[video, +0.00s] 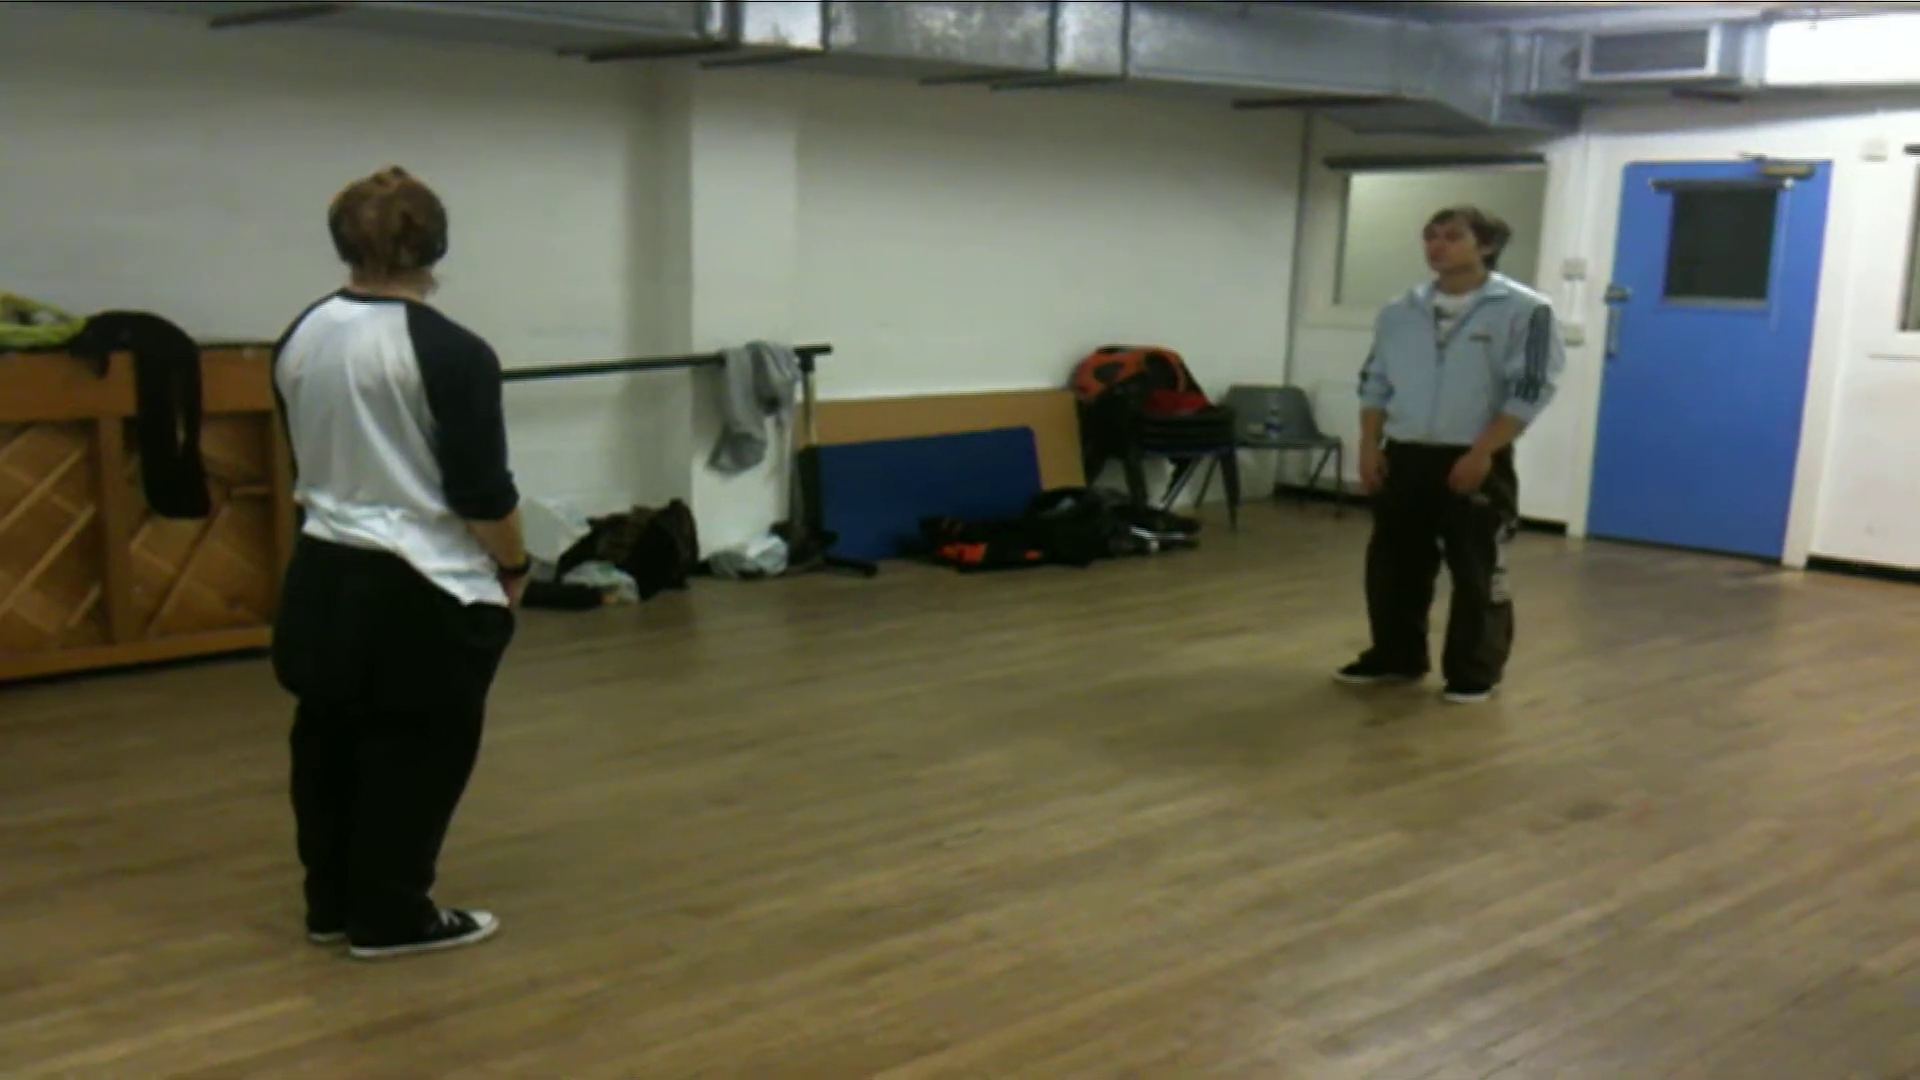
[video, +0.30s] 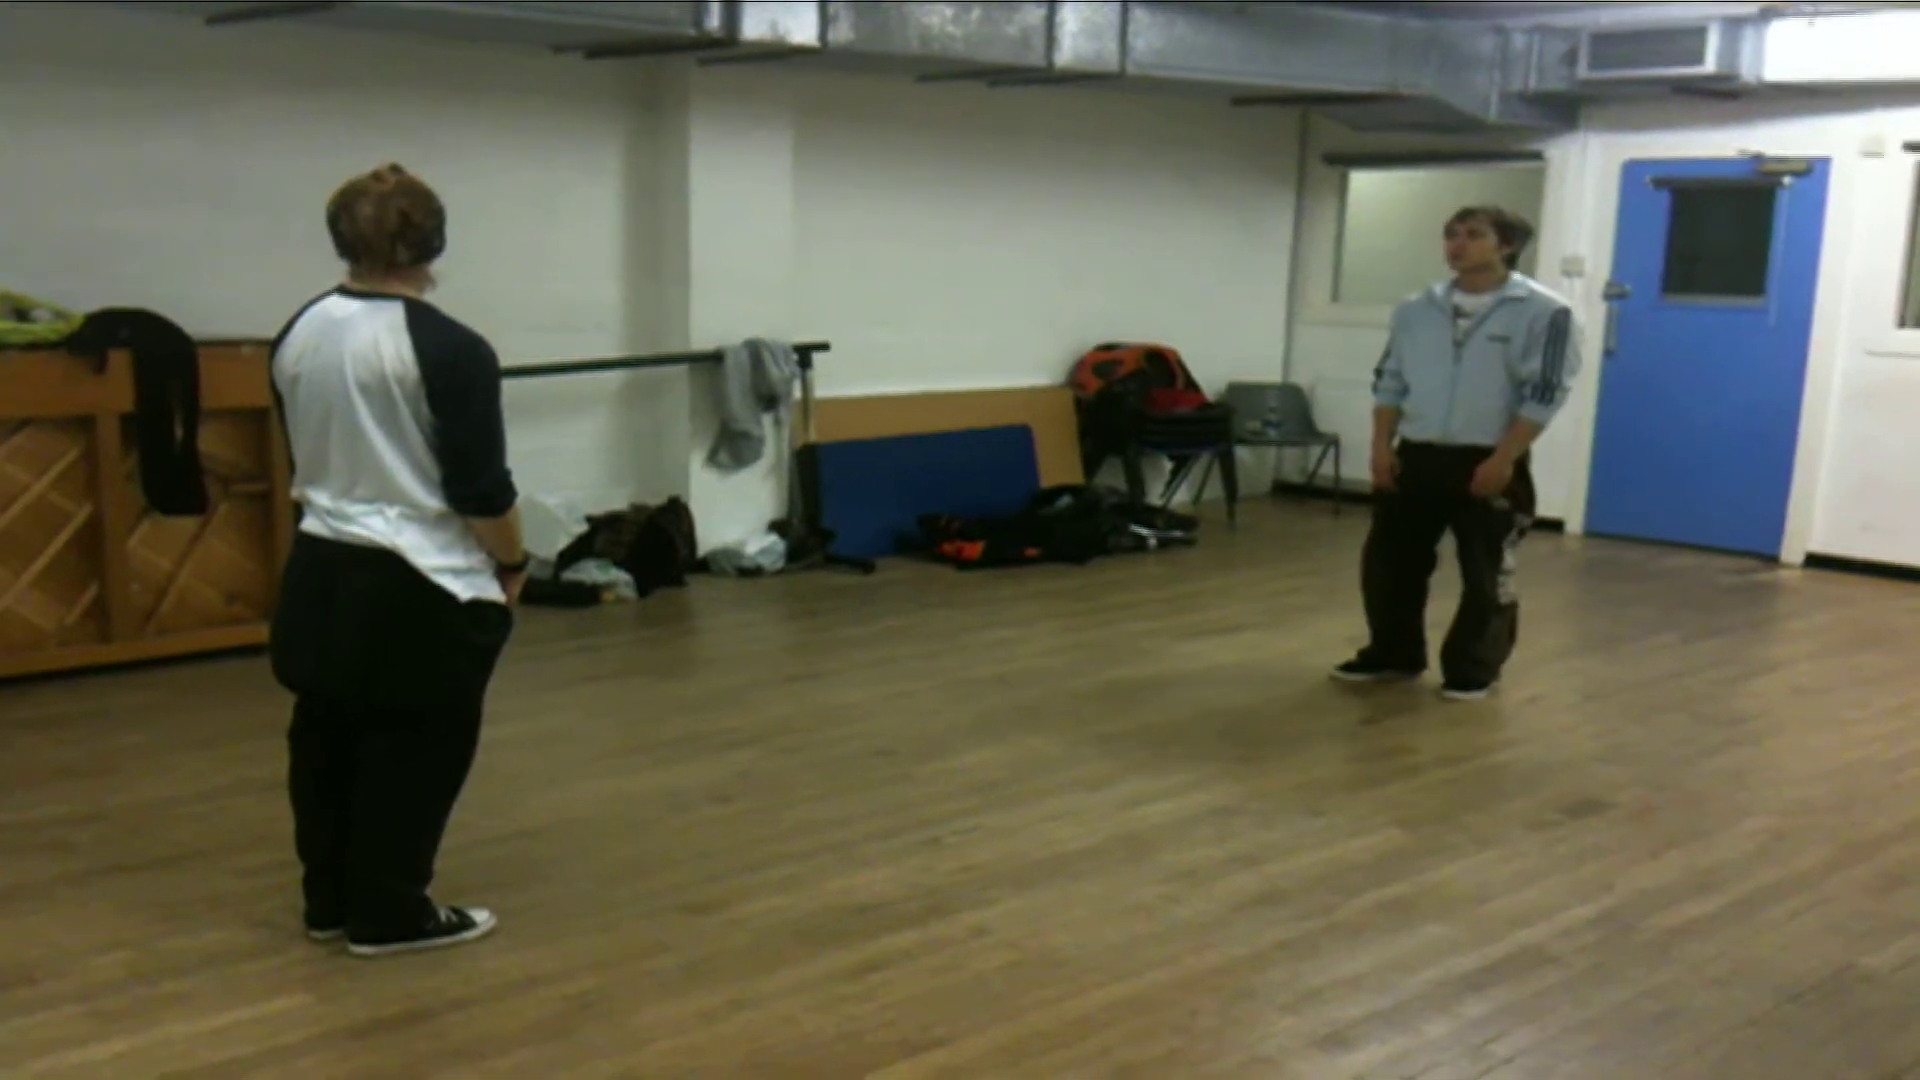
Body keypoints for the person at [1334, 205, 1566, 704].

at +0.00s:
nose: (1439, 246)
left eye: (1453, 237)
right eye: (1432, 238)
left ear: (1484, 247)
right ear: (1424, 247)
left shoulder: (1525, 312)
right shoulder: (1398, 313)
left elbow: (1531, 393)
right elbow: (1375, 383)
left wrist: (1483, 453)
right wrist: (1369, 443)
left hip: (1476, 466)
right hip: (1407, 463)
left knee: (1476, 578)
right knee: (1394, 569)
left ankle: (1472, 672)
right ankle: (1396, 656)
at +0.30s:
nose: (1458, 244)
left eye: (1473, 235)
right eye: (1452, 235)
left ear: (1504, 247)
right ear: (1444, 246)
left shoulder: (1544, 315)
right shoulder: (1416, 311)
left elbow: (1543, 398)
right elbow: (1390, 384)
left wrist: (1505, 457)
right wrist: (1381, 445)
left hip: (1490, 465)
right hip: (1419, 461)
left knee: (1487, 578)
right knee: (1388, 563)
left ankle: (1471, 670)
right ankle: (1394, 653)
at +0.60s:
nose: (1464, 245)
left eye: (1478, 237)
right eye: (1459, 236)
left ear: (1509, 247)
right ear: (1450, 246)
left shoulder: (1549, 317)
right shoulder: (1420, 311)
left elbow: (1549, 402)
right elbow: (1394, 385)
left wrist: (1509, 461)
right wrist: (1386, 448)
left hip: (1494, 467)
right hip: (1422, 461)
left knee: (1486, 579)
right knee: (1384, 560)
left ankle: (1464, 670)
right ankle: (1387, 651)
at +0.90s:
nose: (1460, 240)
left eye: (1475, 232)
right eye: (1454, 231)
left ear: (1507, 244)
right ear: (1445, 241)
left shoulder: (1545, 313)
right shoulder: (1416, 306)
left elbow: (1546, 397)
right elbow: (1390, 376)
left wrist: (1507, 455)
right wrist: (1382, 434)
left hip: (1492, 461)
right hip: (1420, 456)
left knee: (1484, 568)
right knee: (1381, 545)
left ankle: (1462, 663)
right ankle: (1390, 643)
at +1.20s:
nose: (1426, 253)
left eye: (1440, 243)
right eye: (1419, 244)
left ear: (1471, 252)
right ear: (1412, 252)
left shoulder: (1517, 318)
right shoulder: (1389, 316)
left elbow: (1518, 403)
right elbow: (1369, 387)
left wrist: (1486, 464)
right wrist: (1364, 448)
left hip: (1471, 468)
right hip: (1401, 465)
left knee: (1473, 577)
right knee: (1385, 563)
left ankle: (1461, 669)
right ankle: (1391, 652)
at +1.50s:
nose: (1392, 258)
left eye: (1406, 248)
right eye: (1386, 249)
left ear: (1439, 256)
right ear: (1379, 256)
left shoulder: (1489, 320)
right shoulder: (1362, 318)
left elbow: (1500, 403)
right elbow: (1345, 384)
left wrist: (1466, 466)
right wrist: (1352, 439)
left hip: (1453, 466)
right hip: (1383, 463)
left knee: (1460, 570)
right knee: (1366, 555)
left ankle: (1460, 667)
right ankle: (1390, 650)